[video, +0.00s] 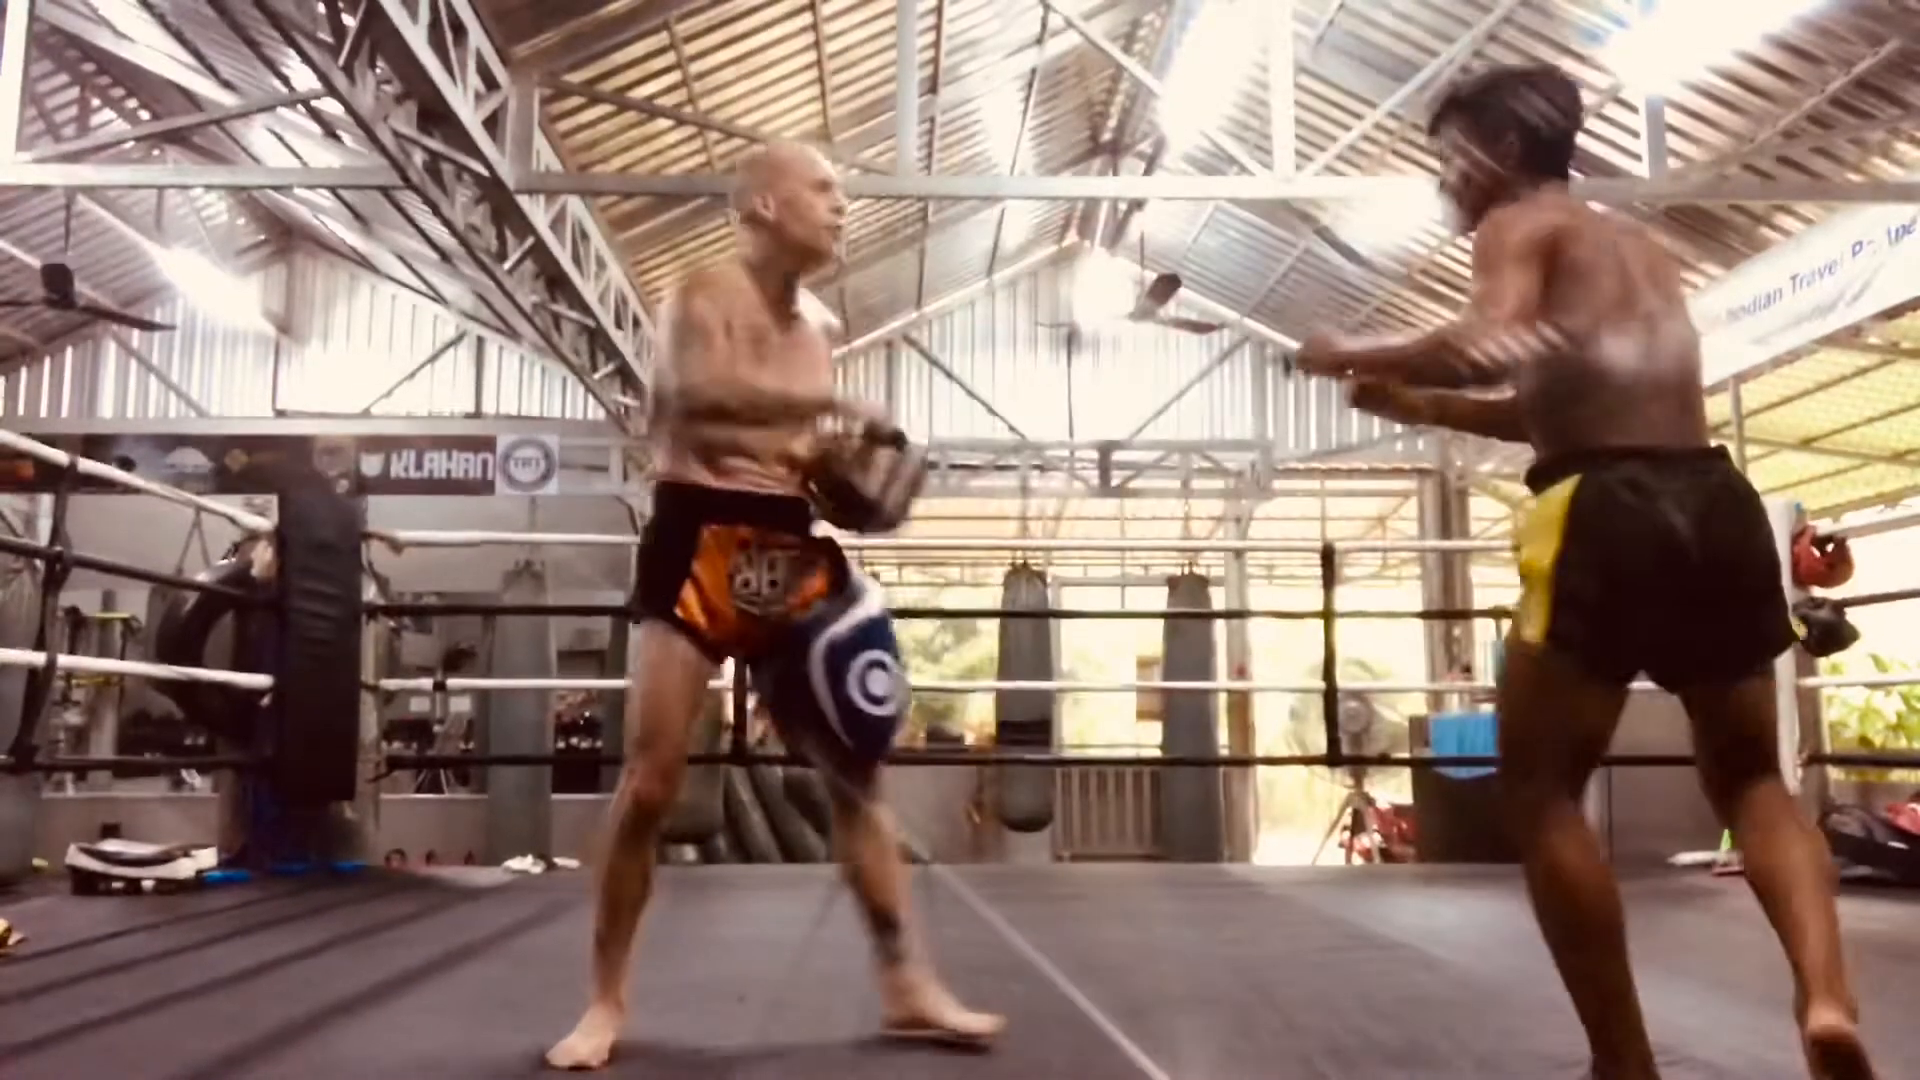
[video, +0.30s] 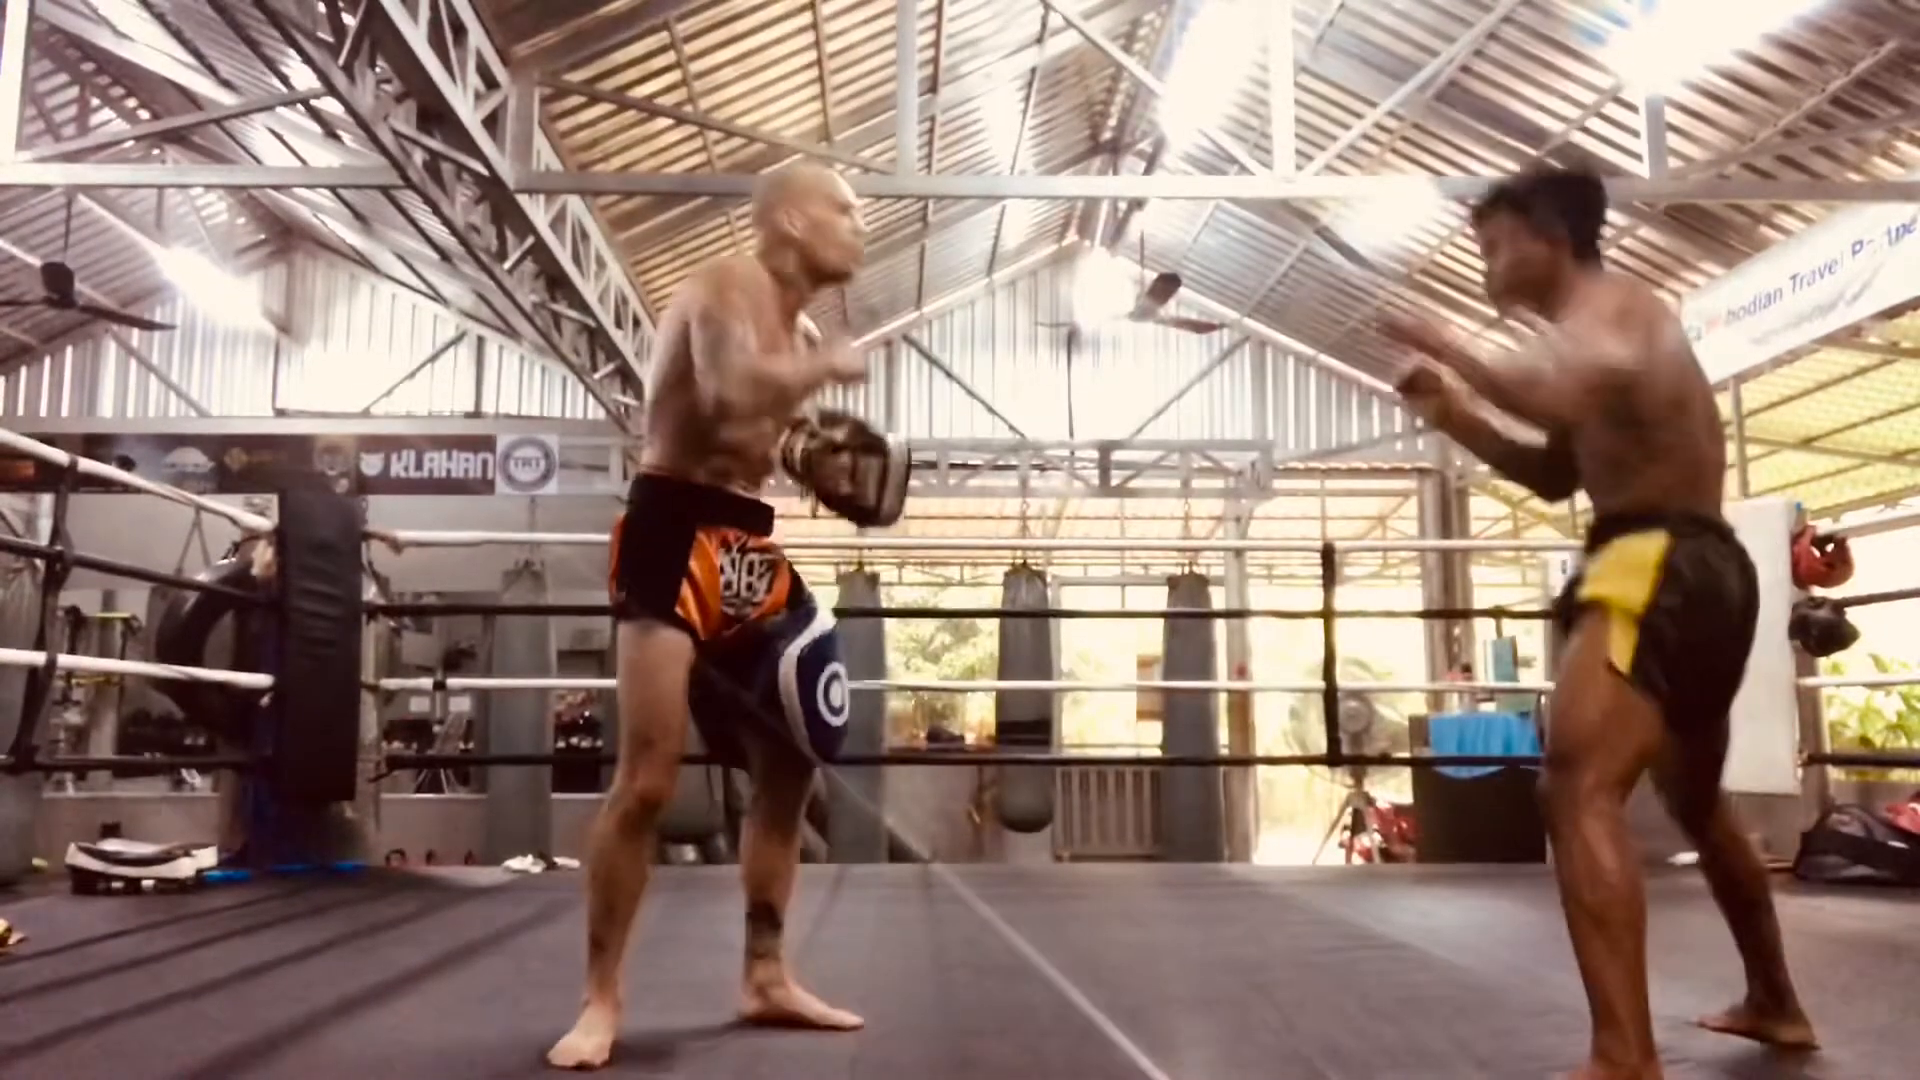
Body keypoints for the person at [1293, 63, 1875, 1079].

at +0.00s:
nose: (1446, 185)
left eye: (1452, 161)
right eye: (1441, 163)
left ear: (1502, 150)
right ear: (1552, 153)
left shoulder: (1520, 225)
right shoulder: (1643, 243)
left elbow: (1499, 346)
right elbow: (1548, 409)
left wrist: (1351, 353)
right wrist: (1407, 397)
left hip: (1596, 516)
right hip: (1715, 510)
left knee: (1543, 794)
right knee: (1749, 771)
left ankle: (1624, 1062)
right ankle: (1827, 1000)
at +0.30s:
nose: (1481, 264)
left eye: (1491, 243)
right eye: (1481, 245)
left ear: (1545, 238)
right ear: (1554, 244)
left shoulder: (1607, 299)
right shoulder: (1589, 332)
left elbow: (1568, 393)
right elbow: (1554, 474)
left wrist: (1451, 344)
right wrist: (1450, 411)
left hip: (1655, 559)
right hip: (1702, 561)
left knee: (1578, 791)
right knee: (1700, 799)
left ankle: (1623, 1053)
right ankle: (1777, 1002)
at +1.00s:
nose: (1437, 294)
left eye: (1446, 272)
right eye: (1432, 277)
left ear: (1501, 262)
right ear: (1504, 271)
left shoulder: (1561, 315)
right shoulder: (1547, 345)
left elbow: (1524, 397)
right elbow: (1482, 475)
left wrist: (1394, 366)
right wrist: (1388, 432)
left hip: (1623, 554)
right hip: (1652, 554)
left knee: (1546, 771)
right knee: (1638, 772)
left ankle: (1588, 1025)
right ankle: (1751, 964)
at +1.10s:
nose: (1428, 288)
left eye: (1438, 266)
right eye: (1425, 272)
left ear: (1493, 260)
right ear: (1496, 267)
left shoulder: (1555, 310)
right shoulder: (1528, 355)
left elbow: (1497, 376)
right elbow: (1455, 461)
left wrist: (1391, 328)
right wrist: (1372, 401)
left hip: (1617, 552)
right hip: (1642, 554)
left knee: (1555, 774)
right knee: (1643, 770)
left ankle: (1590, 1023)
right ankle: (1755, 957)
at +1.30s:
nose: (1436, 293)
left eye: (1446, 274)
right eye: (1432, 279)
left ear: (1499, 267)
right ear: (1495, 276)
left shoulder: (1550, 319)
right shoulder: (1528, 354)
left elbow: (1486, 393)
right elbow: (1460, 468)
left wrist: (1391, 348)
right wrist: (1380, 412)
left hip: (1609, 560)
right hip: (1626, 562)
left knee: (1548, 774)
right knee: (1652, 780)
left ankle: (1586, 1025)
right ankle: (1771, 964)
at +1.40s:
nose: (1430, 293)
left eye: (1441, 274)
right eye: (1427, 278)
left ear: (1493, 269)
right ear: (1490, 277)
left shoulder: (1543, 326)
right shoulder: (1519, 356)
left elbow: (1473, 406)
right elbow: (1447, 464)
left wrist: (1380, 357)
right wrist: (1350, 447)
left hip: (1608, 560)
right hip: (1619, 564)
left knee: (1518, 763)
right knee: (1653, 781)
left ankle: (1557, 1007)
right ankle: (1778, 966)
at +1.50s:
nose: (1427, 294)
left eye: (1437, 277)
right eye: (1426, 280)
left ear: (1487, 277)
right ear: (1479, 282)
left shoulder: (1541, 346)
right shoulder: (1489, 368)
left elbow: (1543, 477)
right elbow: (1389, 432)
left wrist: (1481, 414)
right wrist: (1404, 336)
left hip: (1586, 581)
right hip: (1572, 579)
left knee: (1468, 754)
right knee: (1670, 795)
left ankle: (1507, 987)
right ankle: (1785, 987)